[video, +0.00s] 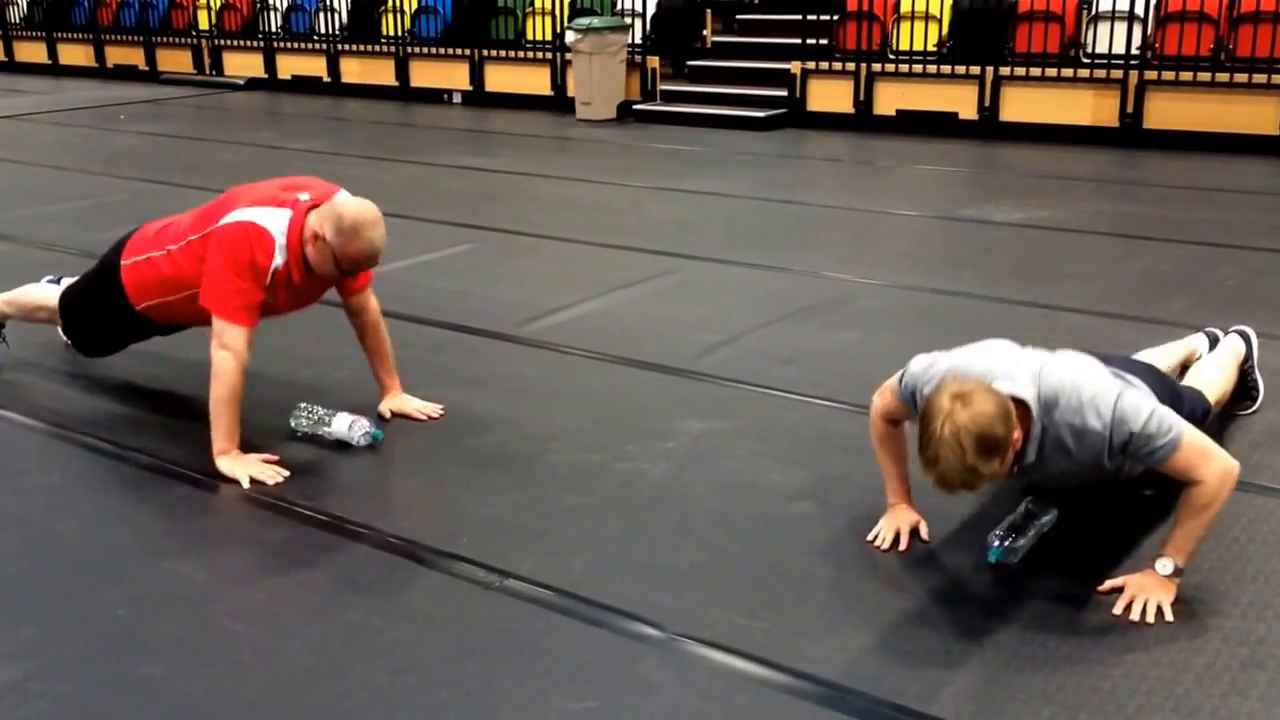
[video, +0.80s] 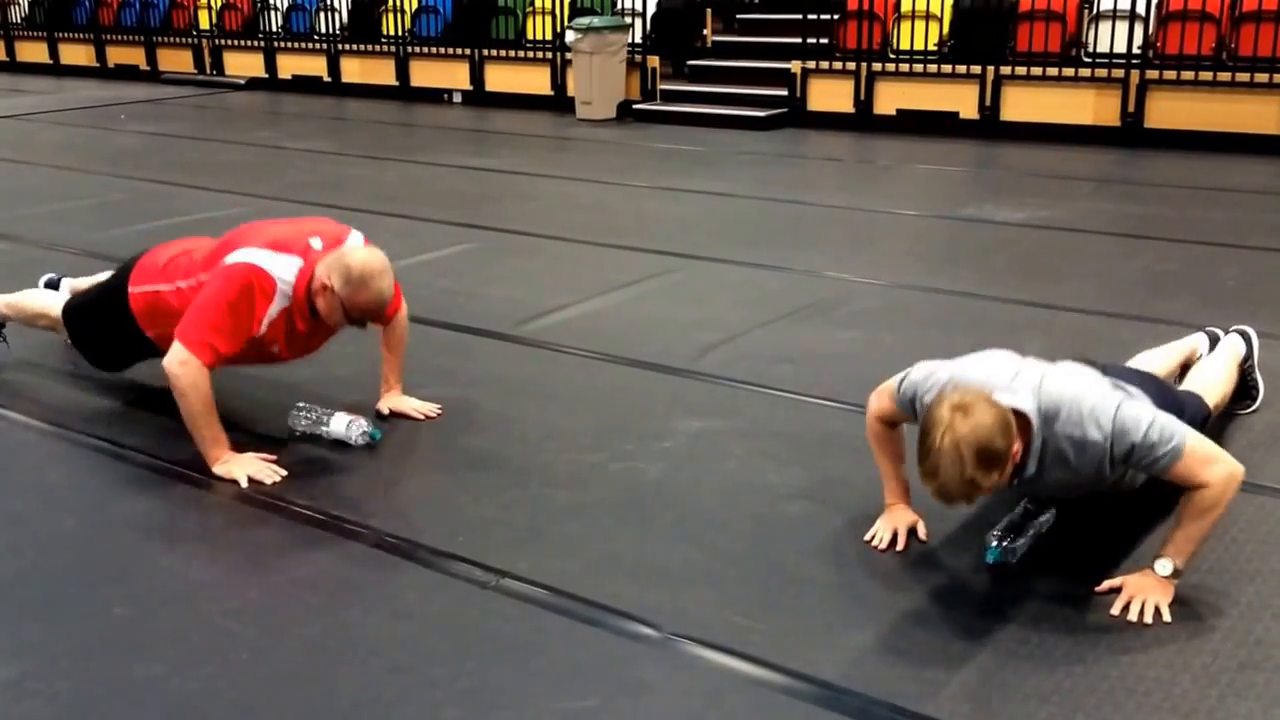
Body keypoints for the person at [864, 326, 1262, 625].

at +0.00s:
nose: (986, 487)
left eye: (990, 477)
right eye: (968, 481)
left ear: (1014, 439)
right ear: (936, 431)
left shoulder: (1104, 413)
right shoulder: (937, 377)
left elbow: (1219, 471)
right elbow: (883, 409)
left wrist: (1165, 571)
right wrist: (898, 503)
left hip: (1142, 400)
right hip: (1087, 372)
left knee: (1195, 397)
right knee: (1138, 369)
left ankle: (1236, 346)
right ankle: (1200, 341)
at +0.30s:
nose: (994, 460)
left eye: (997, 449)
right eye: (979, 455)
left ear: (1022, 411)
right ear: (947, 413)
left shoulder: (1108, 392)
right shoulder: (935, 362)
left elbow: (1212, 469)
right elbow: (888, 410)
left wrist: (1164, 570)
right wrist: (899, 503)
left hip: (1137, 388)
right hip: (1089, 364)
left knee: (1194, 394)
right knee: (1141, 363)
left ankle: (1236, 346)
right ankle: (1201, 340)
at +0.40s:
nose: (993, 418)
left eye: (1000, 406)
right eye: (978, 412)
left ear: (1028, 365)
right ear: (952, 364)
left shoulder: (1118, 351)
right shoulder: (938, 329)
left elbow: (1189, 459)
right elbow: (901, 407)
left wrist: (1163, 570)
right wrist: (898, 502)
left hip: (1146, 373)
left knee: (1200, 383)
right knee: (1170, 368)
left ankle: (1239, 349)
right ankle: (1210, 344)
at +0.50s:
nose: (992, 386)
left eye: (1003, 375)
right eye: (980, 378)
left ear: (1035, 336)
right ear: (953, 341)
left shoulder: (1122, 334)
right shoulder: (945, 315)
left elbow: (1169, 454)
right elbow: (911, 406)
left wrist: (1161, 569)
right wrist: (899, 502)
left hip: (1148, 377)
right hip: (1064, 400)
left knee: (1198, 385)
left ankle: (1236, 351)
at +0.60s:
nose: (989, 405)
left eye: (999, 392)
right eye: (975, 396)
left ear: (1030, 352)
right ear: (957, 364)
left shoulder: (1120, 352)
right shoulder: (939, 332)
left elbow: (1194, 458)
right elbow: (901, 407)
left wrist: (1162, 570)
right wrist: (898, 502)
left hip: (1148, 375)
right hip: (1062, 403)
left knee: (1198, 377)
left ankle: (1238, 348)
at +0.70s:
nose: (987, 450)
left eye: (993, 441)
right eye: (974, 444)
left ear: (1022, 403)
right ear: (946, 403)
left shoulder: (1107, 389)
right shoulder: (936, 360)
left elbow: (1213, 467)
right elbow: (887, 408)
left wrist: (1163, 570)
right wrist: (897, 503)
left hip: (1141, 388)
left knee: (1200, 390)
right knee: (1148, 364)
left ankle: (1236, 346)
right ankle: (1202, 340)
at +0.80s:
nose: (981, 496)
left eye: (985, 487)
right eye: (968, 490)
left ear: (1014, 451)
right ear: (934, 432)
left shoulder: (1105, 423)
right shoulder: (941, 383)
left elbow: (1223, 475)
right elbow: (879, 409)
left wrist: (1163, 571)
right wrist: (896, 502)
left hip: (1141, 406)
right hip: (1077, 379)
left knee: (1196, 399)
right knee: (1135, 376)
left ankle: (1235, 346)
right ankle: (1199, 341)